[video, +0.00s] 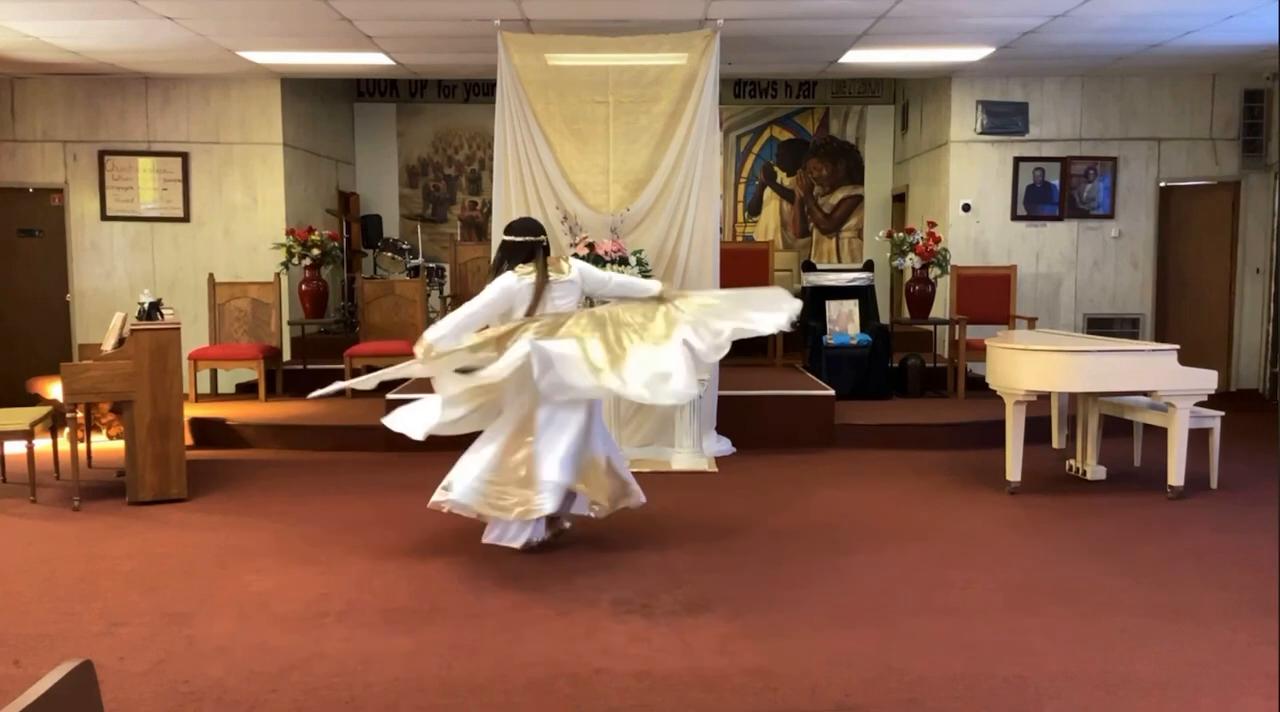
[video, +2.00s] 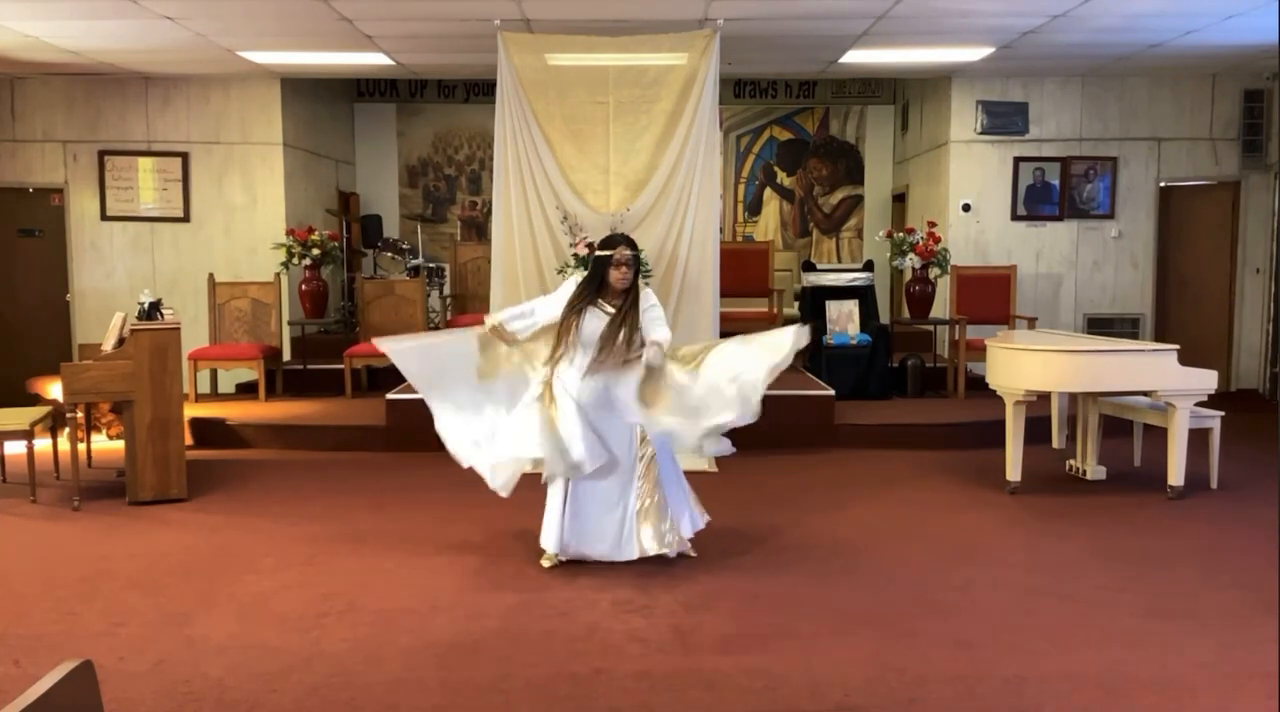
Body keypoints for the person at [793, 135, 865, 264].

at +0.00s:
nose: (815, 176)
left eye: (820, 170)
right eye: (812, 171)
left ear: (840, 166)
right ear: (808, 173)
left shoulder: (854, 193)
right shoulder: (820, 195)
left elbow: (828, 226)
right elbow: (799, 232)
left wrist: (808, 196)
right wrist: (799, 197)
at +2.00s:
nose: (815, 176)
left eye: (820, 170)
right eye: (812, 171)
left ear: (840, 165)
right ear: (808, 173)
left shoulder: (854, 193)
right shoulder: (820, 195)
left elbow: (828, 227)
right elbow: (800, 232)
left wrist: (808, 197)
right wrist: (799, 197)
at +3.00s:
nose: (815, 176)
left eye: (821, 170)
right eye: (812, 171)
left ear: (840, 166)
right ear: (808, 173)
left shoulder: (854, 193)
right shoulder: (819, 195)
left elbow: (828, 227)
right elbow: (799, 232)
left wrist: (808, 197)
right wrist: (799, 197)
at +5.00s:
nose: (815, 176)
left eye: (821, 170)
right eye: (812, 171)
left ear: (839, 167)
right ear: (808, 172)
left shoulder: (854, 193)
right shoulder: (819, 194)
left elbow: (828, 227)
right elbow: (799, 233)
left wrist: (808, 196)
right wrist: (799, 197)